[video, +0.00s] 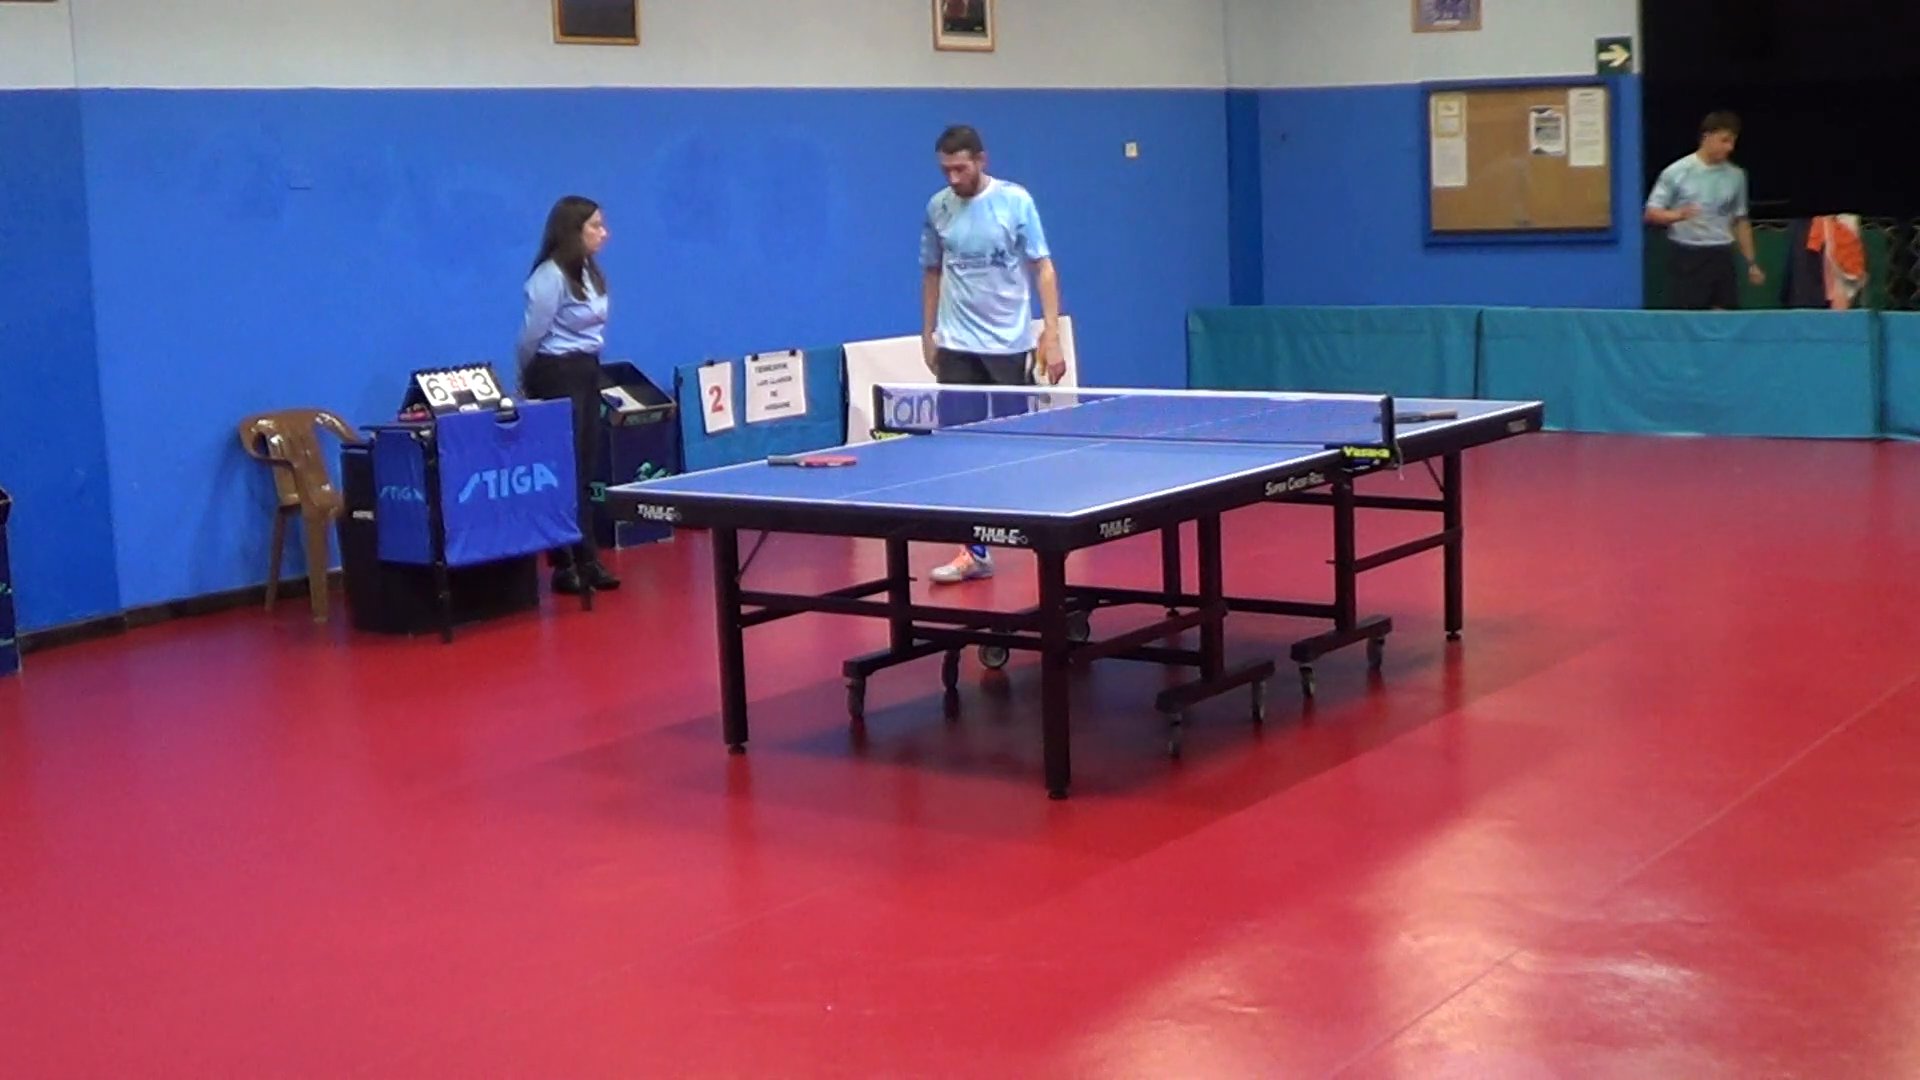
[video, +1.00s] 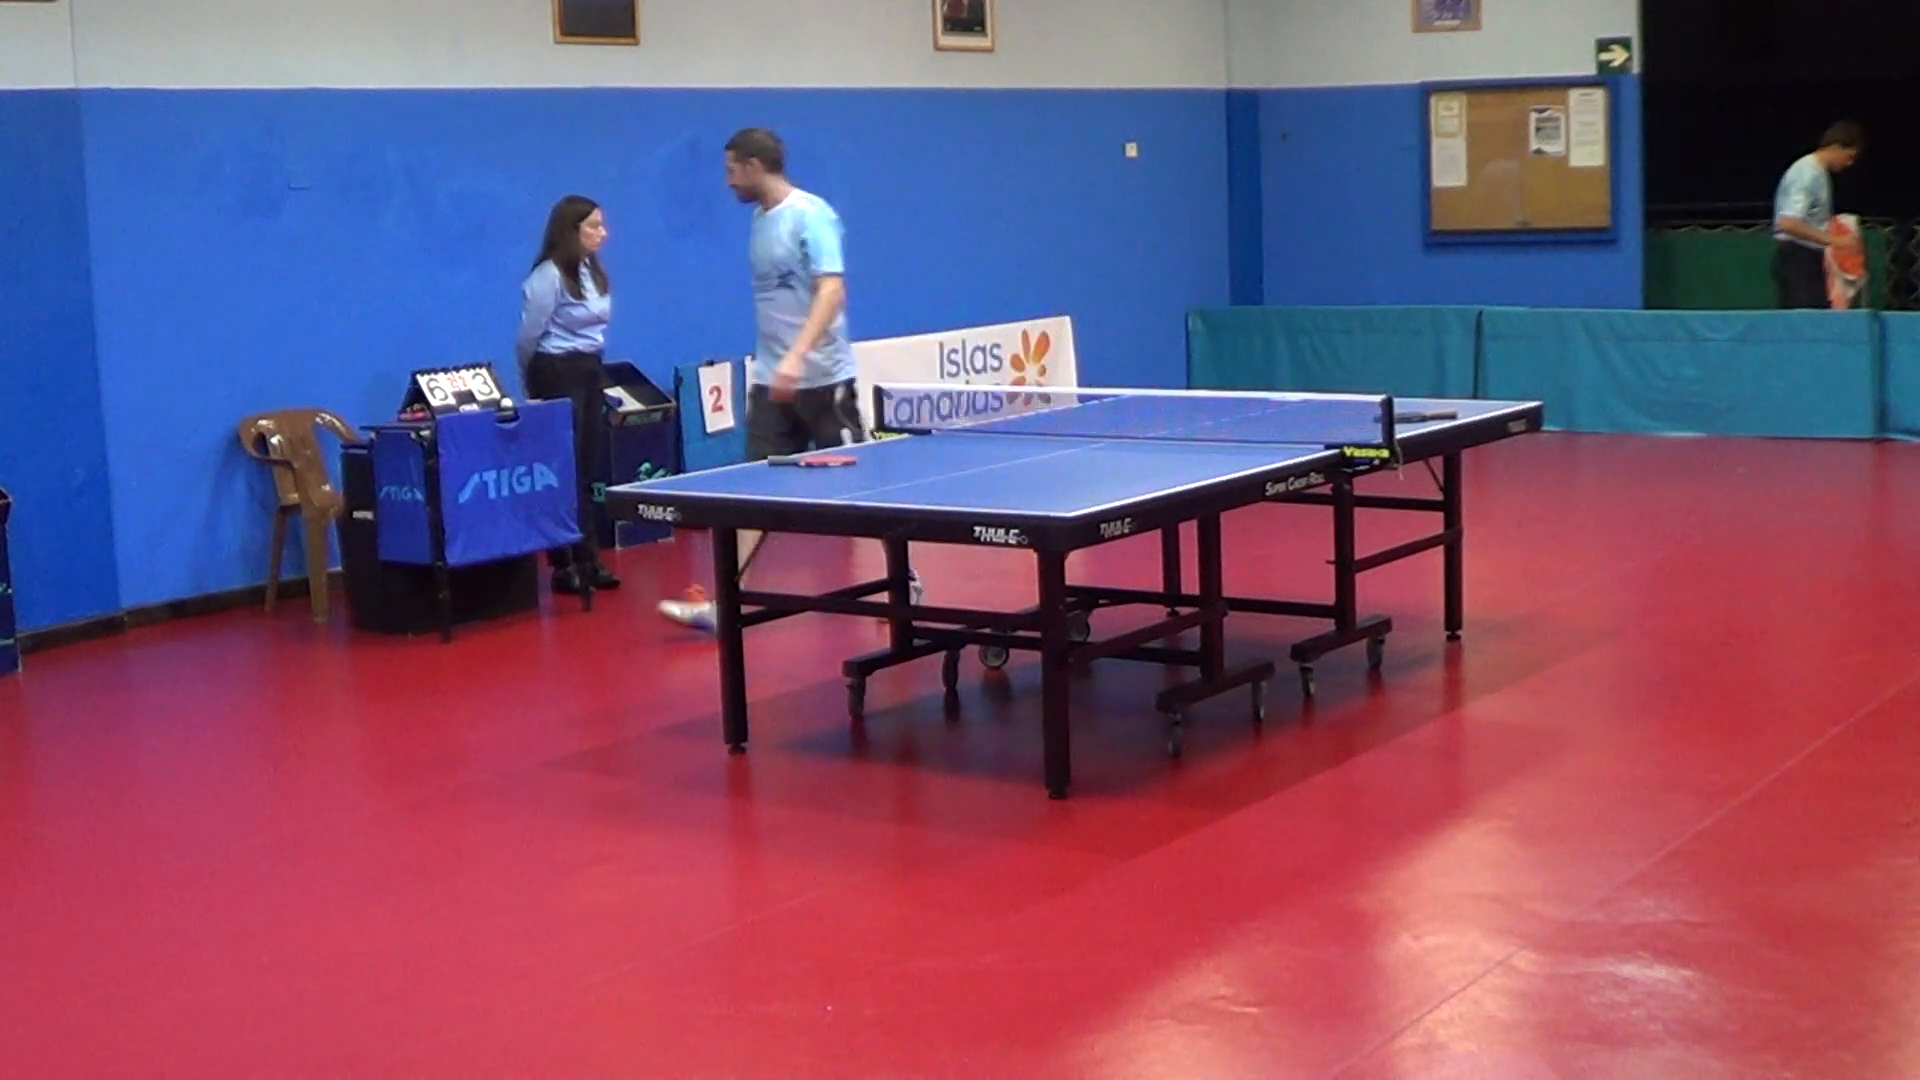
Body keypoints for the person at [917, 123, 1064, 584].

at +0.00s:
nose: (952, 178)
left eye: (959, 169)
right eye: (946, 170)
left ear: (981, 161)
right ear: (942, 167)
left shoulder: (1015, 200)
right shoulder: (938, 206)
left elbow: (1044, 267)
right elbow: (931, 271)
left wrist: (1051, 335)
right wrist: (928, 332)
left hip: (1009, 347)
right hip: (955, 347)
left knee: (1014, 444)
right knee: (959, 446)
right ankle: (975, 549)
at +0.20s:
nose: (916, 176)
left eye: (922, 167)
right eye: (910, 169)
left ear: (947, 161)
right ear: (909, 167)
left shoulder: (988, 199)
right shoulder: (907, 207)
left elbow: (1027, 262)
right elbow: (898, 269)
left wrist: (1040, 330)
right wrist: (883, 335)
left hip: (975, 347)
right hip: (924, 349)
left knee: (971, 448)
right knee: (939, 450)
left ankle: (982, 545)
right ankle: (980, 545)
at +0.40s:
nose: (880, 181)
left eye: (887, 172)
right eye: (877, 173)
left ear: (916, 169)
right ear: (882, 173)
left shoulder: (960, 211)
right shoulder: (877, 214)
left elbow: (994, 276)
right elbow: (858, 277)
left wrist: (1006, 349)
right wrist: (833, 337)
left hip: (944, 361)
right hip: (897, 361)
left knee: (917, 461)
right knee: (937, 459)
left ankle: (918, 566)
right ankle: (976, 548)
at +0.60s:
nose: (843, 173)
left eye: (849, 164)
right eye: (841, 165)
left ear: (880, 162)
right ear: (852, 165)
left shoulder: (926, 211)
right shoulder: (846, 209)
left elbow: (951, 286)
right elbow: (835, 274)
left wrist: (955, 363)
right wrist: (808, 336)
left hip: (912, 362)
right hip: (859, 362)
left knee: (919, 463)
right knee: (867, 467)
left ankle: (947, 542)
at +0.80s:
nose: (790, 169)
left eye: (796, 159)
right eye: (788, 159)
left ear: (823, 155)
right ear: (814, 157)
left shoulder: (879, 205)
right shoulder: (812, 205)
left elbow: (902, 284)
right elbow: (819, 279)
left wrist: (878, 362)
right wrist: (801, 336)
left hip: (870, 367)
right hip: (818, 363)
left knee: (878, 471)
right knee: (787, 455)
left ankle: (905, 577)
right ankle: (851, 558)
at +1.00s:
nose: (727, 178)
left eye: (732, 169)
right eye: (728, 169)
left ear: (754, 167)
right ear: (756, 168)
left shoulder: (812, 215)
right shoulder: (761, 221)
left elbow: (832, 291)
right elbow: (780, 299)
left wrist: (796, 357)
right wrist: (769, 363)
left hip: (825, 381)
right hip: (772, 381)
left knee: (860, 487)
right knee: (756, 493)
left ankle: (904, 584)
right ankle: (722, 600)